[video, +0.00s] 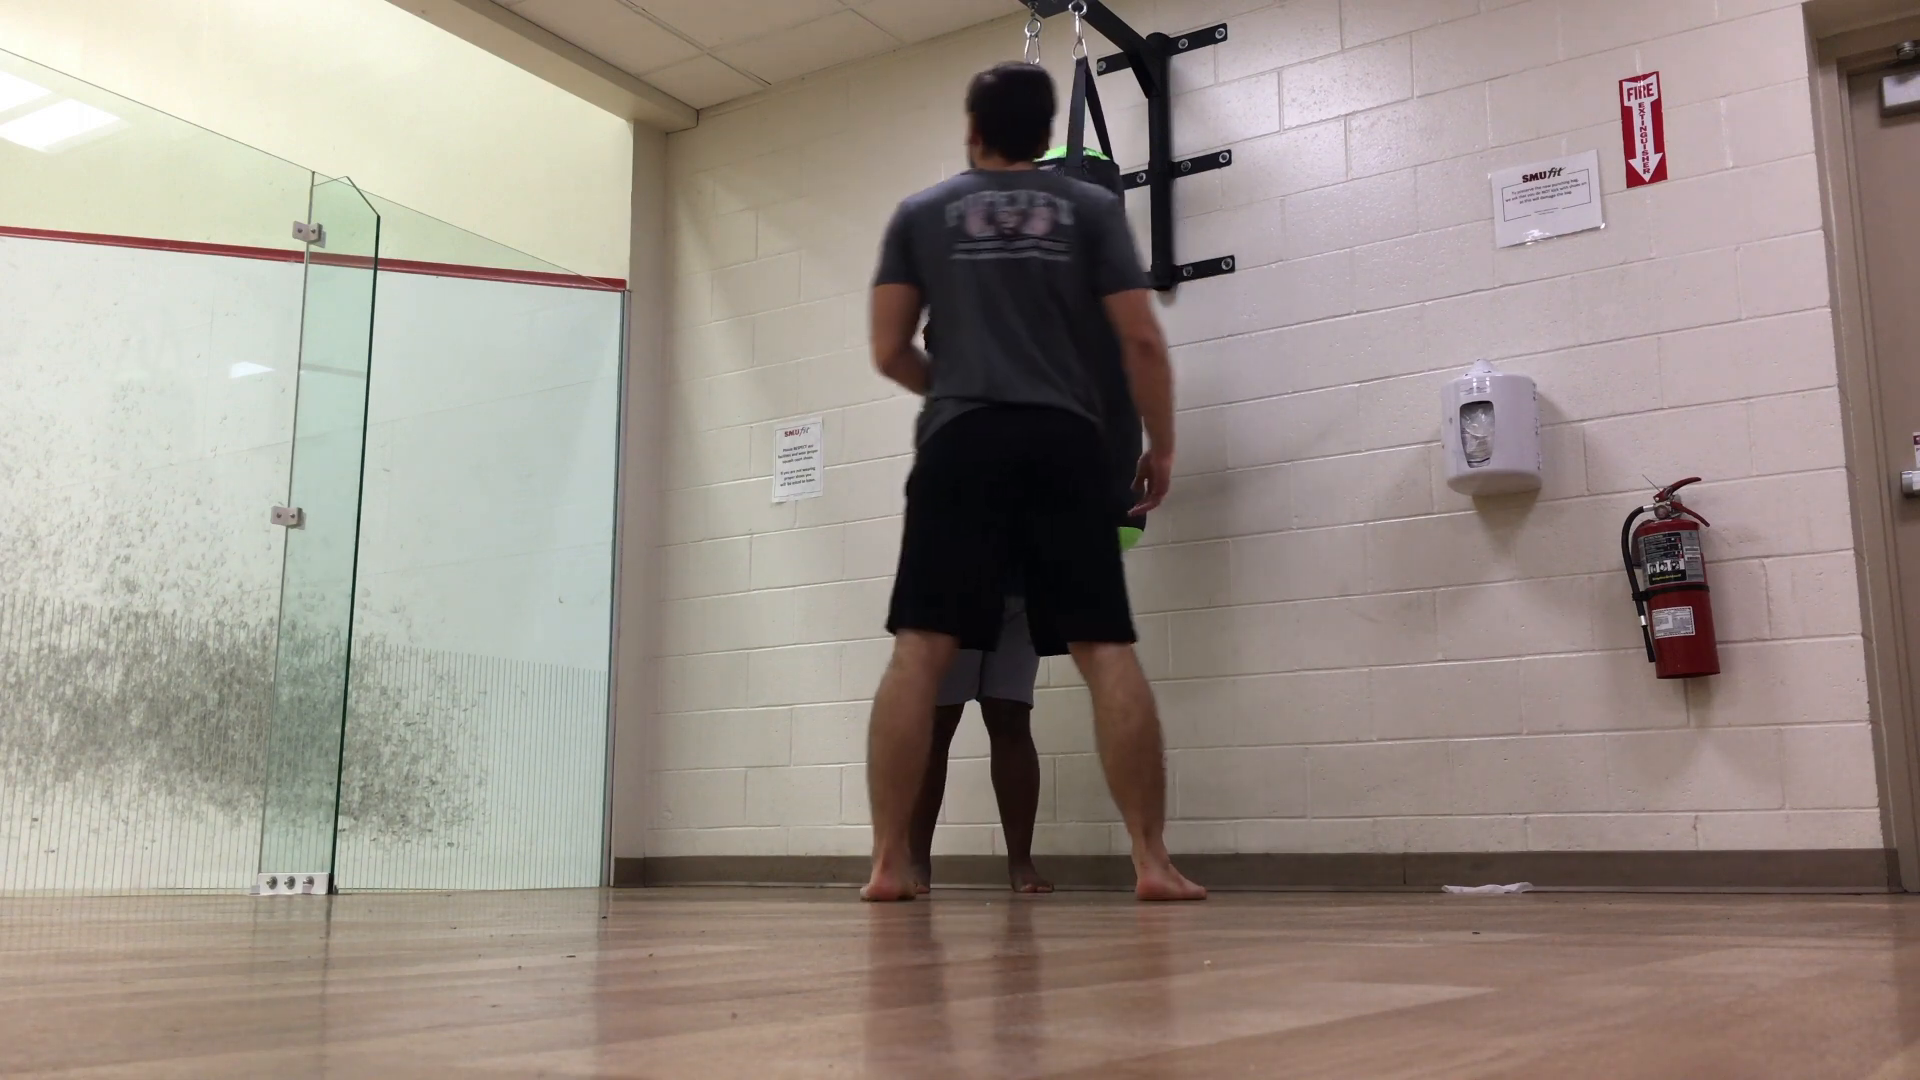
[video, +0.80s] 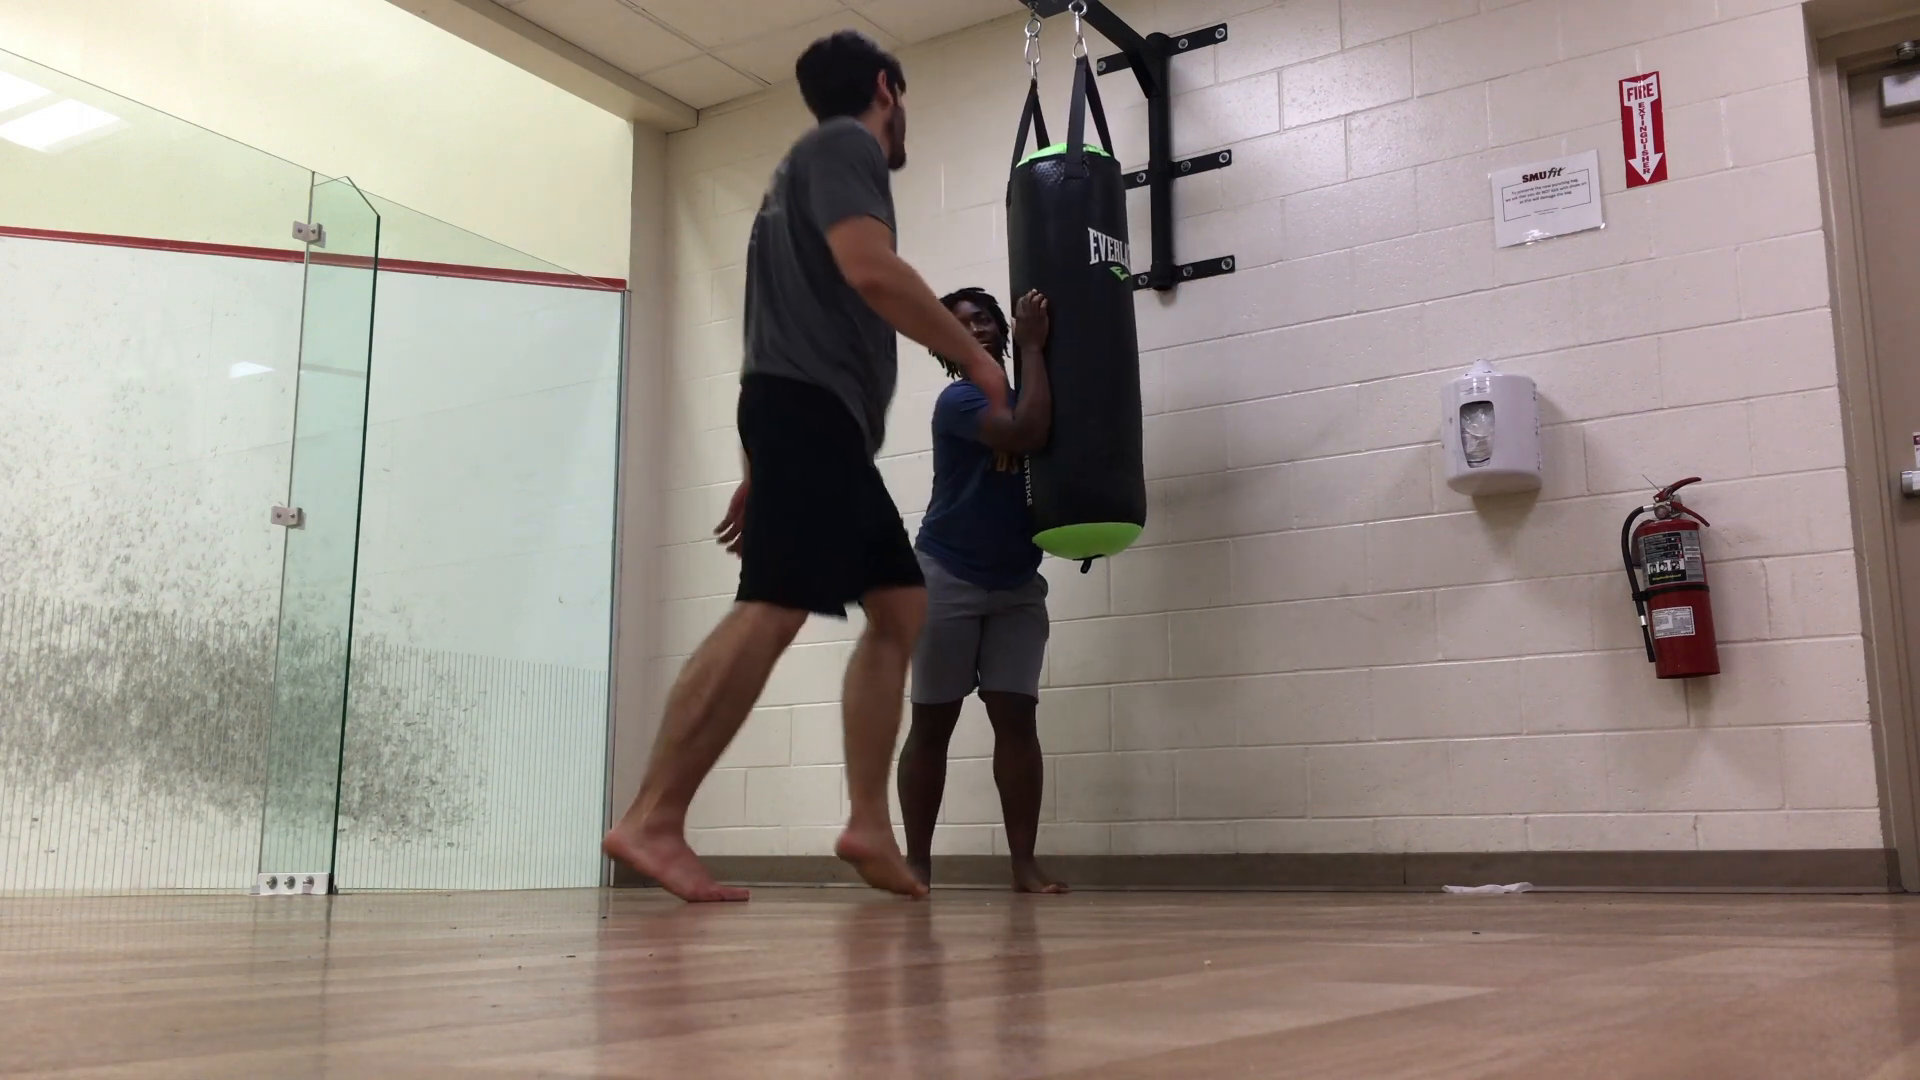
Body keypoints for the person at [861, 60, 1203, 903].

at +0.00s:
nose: (980, 137)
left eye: (972, 124)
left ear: (971, 133)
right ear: (1050, 136)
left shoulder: (918, 213)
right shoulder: (1091, 205)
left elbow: (889, 351)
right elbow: (1142, 335)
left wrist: (957, 386)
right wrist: (1161, 446)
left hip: (961, 448)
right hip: (1074, 450)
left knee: (920, 645)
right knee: (1107, 652)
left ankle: (891, 861)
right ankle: (1151, 858)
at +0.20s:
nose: (984, 140)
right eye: (984, 130)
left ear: (904, 142)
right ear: (981, 135)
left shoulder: (856, 222)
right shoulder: (1008, 197)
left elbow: (833, 366)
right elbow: (1041, 314)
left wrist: (903, 396)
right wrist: (1091, 436)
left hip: (889, 441)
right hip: (991, 436)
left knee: (877, 643)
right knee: (1063, 631)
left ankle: (885, 861)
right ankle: (1117, 844)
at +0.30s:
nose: (961, 140)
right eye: (962, 128)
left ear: (880, 139)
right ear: (955, 130)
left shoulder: (832, 221)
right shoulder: (976, 185)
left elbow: (820, 364)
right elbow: (1003, 301)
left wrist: (874, 430)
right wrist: (1048, 425)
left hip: (870, 442)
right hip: (972, 429)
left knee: (867, 643)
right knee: (1032, 622)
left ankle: (883, 861)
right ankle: (1018, 841)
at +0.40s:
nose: (939, 135)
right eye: (939, 124)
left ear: (858, 135)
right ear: (935, 126)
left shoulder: (813, 222)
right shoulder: (947, 175)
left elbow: (813, 365)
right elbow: (967, 285)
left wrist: (837, 453)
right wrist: (1011, 416)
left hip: (848, 439)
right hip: (941, 424)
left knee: (859, 644)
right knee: (997, 625)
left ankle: (882, 859)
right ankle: (890, 809)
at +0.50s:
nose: (921, 126)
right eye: (919, 115)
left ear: (837, 130)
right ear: (914, 118)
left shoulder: (801, 219)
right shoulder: (921, 166)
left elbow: (794, 368)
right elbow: (943, 281)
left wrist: (793, 487)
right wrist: (991, 407)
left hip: (828, 440)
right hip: (909, 426)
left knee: (854, 642)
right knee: (936, 629)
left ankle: (884, 860)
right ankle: (775, 782)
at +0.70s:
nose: (905, 120)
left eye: (901, 106)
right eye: (901, 104)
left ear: (821, 116)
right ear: (881, 99)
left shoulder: (783, 206)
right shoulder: (868, 153)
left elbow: (753, 346)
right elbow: (898, 282)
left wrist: (748, 475)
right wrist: (995, 396)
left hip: (798, 425)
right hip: (835, 421)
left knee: (890, 631)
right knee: (800, 616)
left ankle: (882, 852)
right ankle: (655, 819)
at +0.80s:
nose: (907, 120)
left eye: (903, 105)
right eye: (904, 103)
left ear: (824, 101)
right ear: (883, 92)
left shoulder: (791, 186)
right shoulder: (841, 144)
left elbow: (782, 339)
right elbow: (868, 266)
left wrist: (761, 473)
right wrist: (977, 361)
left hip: (803, 422)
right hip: (802, 411)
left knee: (900, 609)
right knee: (771, 610)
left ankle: (869, 823)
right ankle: (650, 822)